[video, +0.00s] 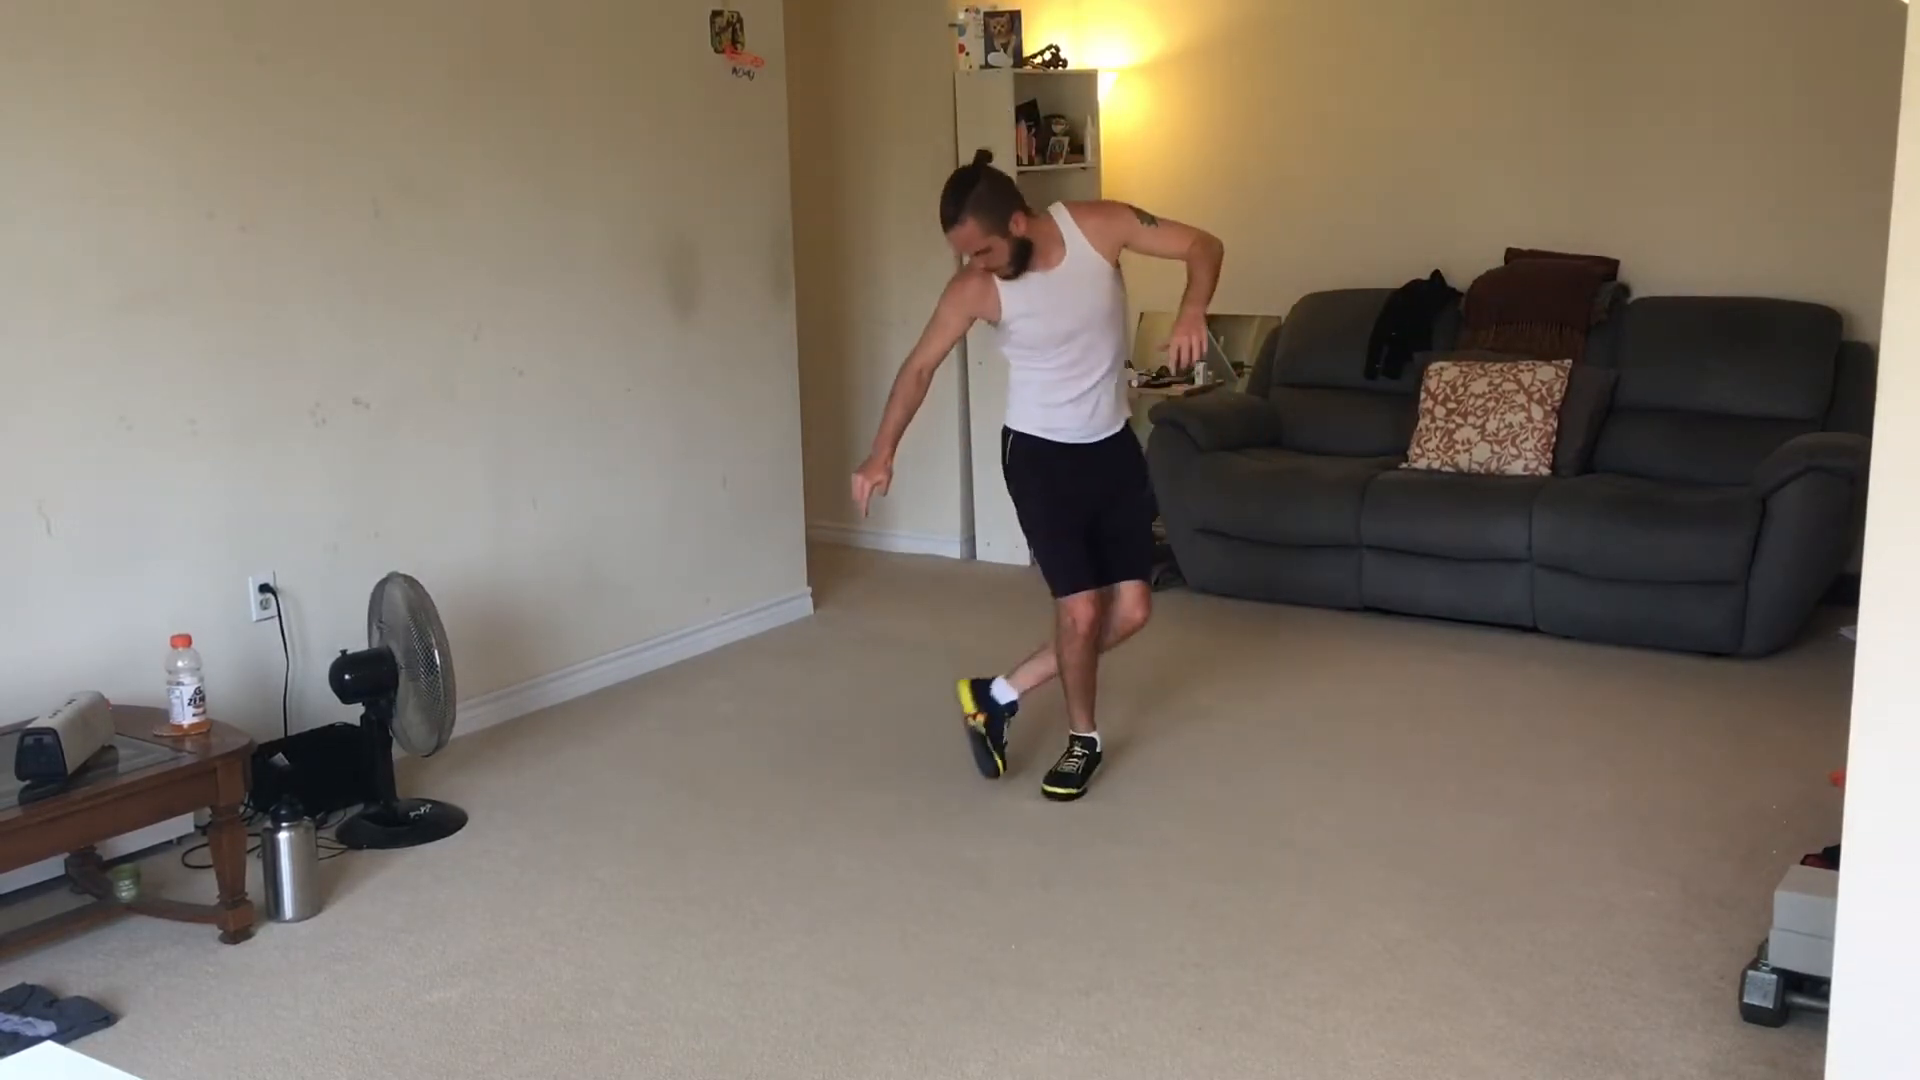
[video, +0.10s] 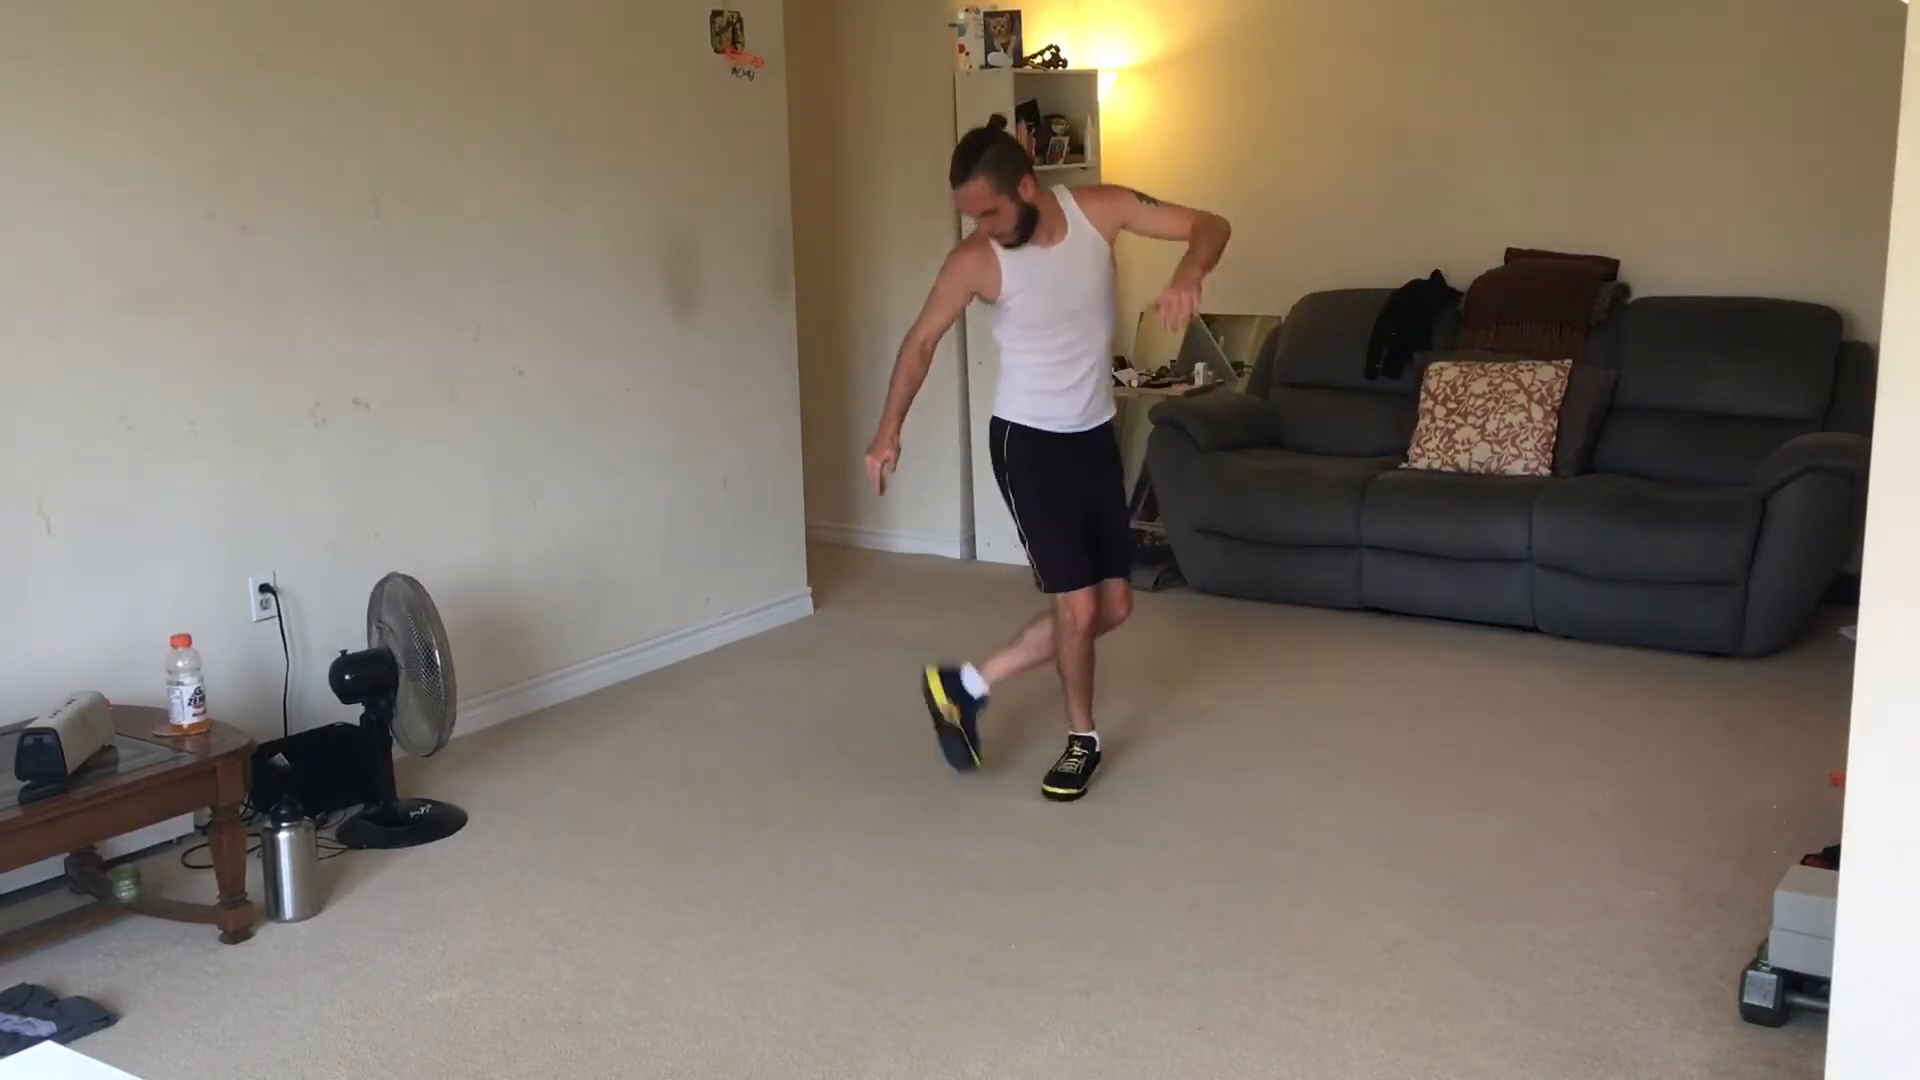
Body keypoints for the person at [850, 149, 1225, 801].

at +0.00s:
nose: (976, 266)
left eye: (983, 252)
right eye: (966, 256)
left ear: (1020, 221)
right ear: (959, 240)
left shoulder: (1097, 226)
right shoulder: (976, 288)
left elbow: (1204, 246)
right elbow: (918, 368)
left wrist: (1193, 308)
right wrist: (882, 451)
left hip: (1111, 444)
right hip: (1038, 453)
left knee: (1131, 609)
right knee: (1080, 609)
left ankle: (998, 694)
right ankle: (1083, 739)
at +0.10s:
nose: (982, 229)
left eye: (990, 214)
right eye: (972, 218)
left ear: (1027, 185)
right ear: (965, 202)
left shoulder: (1100, 208)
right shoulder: (975, 262)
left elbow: (1211, 227)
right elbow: (920, 343)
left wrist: (1188, 275)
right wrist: (889, 429)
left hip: (1095, 433)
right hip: (1027, 439)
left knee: (1112, 606)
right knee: (1076, 607)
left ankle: (968, 683)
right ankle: (1082, 737)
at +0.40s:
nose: (929, 191)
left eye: (932, 174)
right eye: (916, 182)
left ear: (966, 143)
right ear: (911, 173)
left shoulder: (1050, 171)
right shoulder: (928, 234)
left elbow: (1164, 170)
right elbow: (859, 310)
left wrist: (1262, 181)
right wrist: (811, 365)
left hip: (1080, 402)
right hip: (993, 412)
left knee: (1091, 583)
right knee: (969, 580)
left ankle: (1034, 550)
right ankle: (951, 700)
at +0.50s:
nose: (898, 274)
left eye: (897, 260)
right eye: (888, 267)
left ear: (924, 226)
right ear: (892, 255)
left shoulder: (1029, 238)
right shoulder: (920, 292)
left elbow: (1129, 251)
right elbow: (851, 348)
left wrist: (1209, 274)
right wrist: (813, 357)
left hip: (1073, 445)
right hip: (992, 448)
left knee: (1053, 625)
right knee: (937, 596)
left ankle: (1082, 612)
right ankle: (922, 712)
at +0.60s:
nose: (942, 348)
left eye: (943, 338)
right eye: (932, 342)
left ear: (965, 305)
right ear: (921, 321)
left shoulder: (1047, 289)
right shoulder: (932, 315)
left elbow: (1150, 314)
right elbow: (850, 362)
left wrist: (1225, 385)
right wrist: (800, 386)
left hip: (1071, 463)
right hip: (993, 460)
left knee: (1055, 623)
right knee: (921, 595)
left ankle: (1119, 687)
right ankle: (922, 713)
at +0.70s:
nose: (1030, 321)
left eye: (1040, 314)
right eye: (1020, 313)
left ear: (1065, 287)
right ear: (1008, 284)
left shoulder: (1111, 294)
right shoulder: (983, 279)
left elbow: (1206, 359)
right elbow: (910, 321)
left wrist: (1204, 446)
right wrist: (837, 376)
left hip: (1076, 463)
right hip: (988, 453)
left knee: (1106, 612)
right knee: (916, 588)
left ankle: (1128, 712)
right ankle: (922, 706)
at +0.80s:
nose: (1068, 261)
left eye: (1080, 252)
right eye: (1059, 249)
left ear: (1109, 225)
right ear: (1049, 220)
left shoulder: (1148, 257)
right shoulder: (1026, 235)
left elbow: (1210, 348)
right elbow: (948, 265)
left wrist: (1146, 405)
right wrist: (859, 302)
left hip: (1095, 441)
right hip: (1011, 420)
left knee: (1115, 602)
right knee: (923, 528)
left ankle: (1127, 711)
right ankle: (928, 670)